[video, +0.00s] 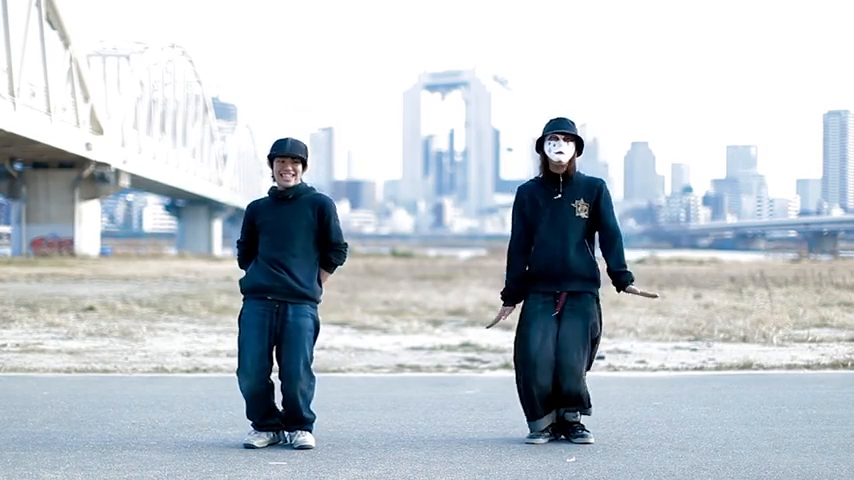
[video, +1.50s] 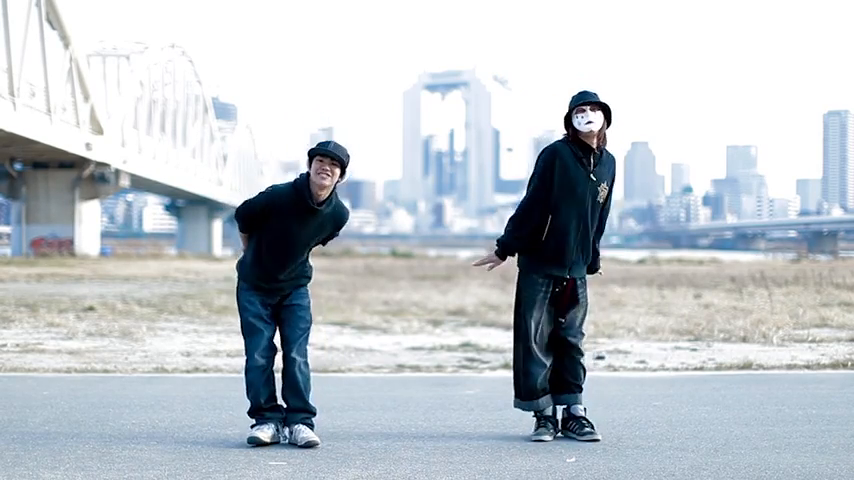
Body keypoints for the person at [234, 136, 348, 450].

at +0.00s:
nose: (286, 169)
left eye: (293, 163)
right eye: (281, 163)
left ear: (302, 168)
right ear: (272, 167)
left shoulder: (321, 205)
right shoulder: (256, 209)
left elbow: (337, 250)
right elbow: (245, 252)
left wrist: (316, 283)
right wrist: (261, 277)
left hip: (300, 300)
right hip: (258, 298)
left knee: (296, 368)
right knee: (251, 371)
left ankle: (300, 428)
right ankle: (266, 427)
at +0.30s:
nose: (247, 143)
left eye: (253, 136)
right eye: (240, 138)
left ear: (265, 141)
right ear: (233, 145)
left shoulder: (293, 174)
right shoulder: (237, 189)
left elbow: (327, 207)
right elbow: (257, 225)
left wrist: (318, 233)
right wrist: (300, 234)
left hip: (313, 278)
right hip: (275, 280)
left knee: (305, 353)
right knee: (267, 353)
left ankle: (301, 425)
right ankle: (267, 424)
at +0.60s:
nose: (246, 152)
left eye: (252, 146)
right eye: (239, 146)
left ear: (264, 150)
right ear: (232, 153)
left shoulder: (291, 181)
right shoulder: (231, 196)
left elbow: (325, 210)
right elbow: (245, 233)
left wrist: (313, 239)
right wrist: (279, 241)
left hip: (313, 281)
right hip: (273, 284)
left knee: (306, 354)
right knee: (267, 354)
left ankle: (302, 423)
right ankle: (268, 424)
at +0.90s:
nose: (285, 168)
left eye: (292, 163)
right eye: (280, 161)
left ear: (301, 167)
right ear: (269, 162)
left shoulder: (315, 205)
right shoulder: (249, 198)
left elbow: (323, 249)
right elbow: (225, 242)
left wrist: (301, 269)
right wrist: (249, 268)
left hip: (302, 297)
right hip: (259, 298)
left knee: (303, 364)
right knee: (257, 367)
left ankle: (302, 427)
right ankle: (265, 427)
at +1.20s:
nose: (316, 143)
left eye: (323, 140)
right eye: (311, 137)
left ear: (330, 149)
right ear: (299, 141)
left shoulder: (330, 190)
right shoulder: (270, 171)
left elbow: (318, 234)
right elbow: (238, 207)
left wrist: (288, 248)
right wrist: (253, 244)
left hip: (296, 280)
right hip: (256, 277)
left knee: (300, 353)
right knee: (261, 352)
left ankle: (300, 423)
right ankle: (266, 424)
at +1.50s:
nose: (325, 169)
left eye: (333, 166)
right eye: (320, 162)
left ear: (340, 176)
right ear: (309, 166)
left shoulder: (338, 214)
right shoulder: (277, 196)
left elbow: (313, 242)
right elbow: (243, 217)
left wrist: (283, 254)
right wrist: (250, 253)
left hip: (295, 284)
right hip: (255, 283)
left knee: (297, 353)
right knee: (259, 353)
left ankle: (299, 423)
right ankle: (266, 421)